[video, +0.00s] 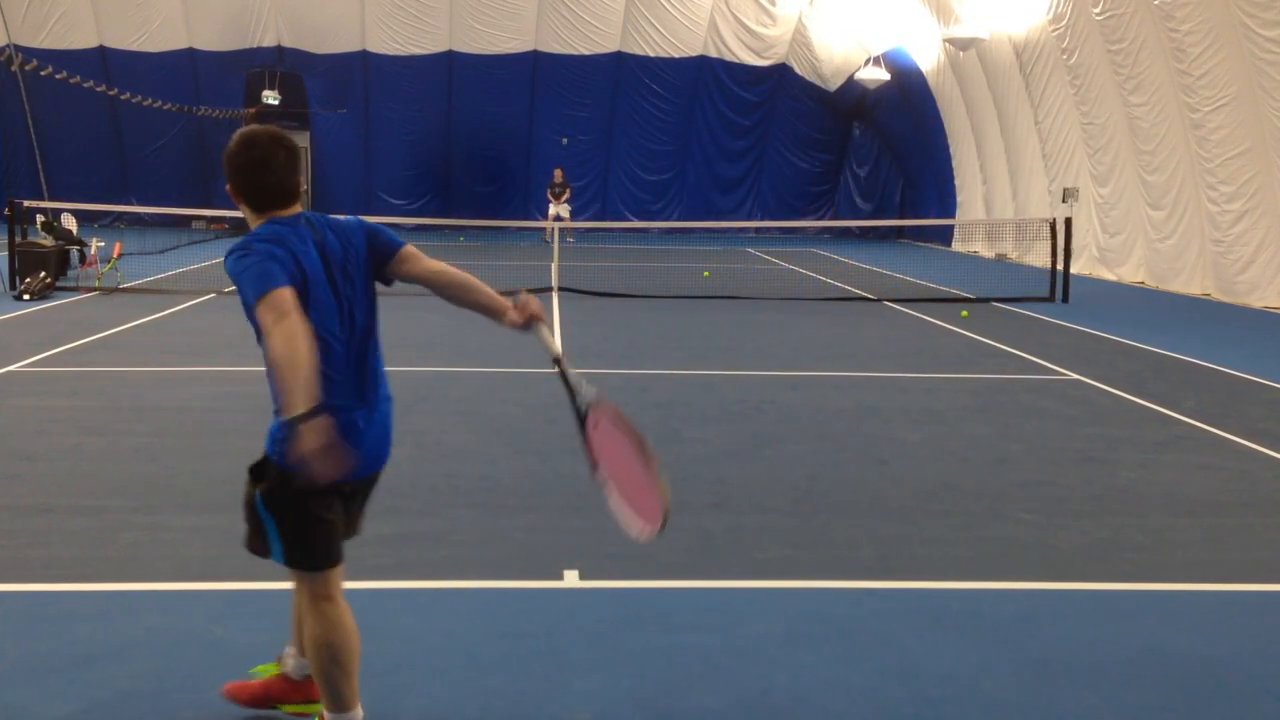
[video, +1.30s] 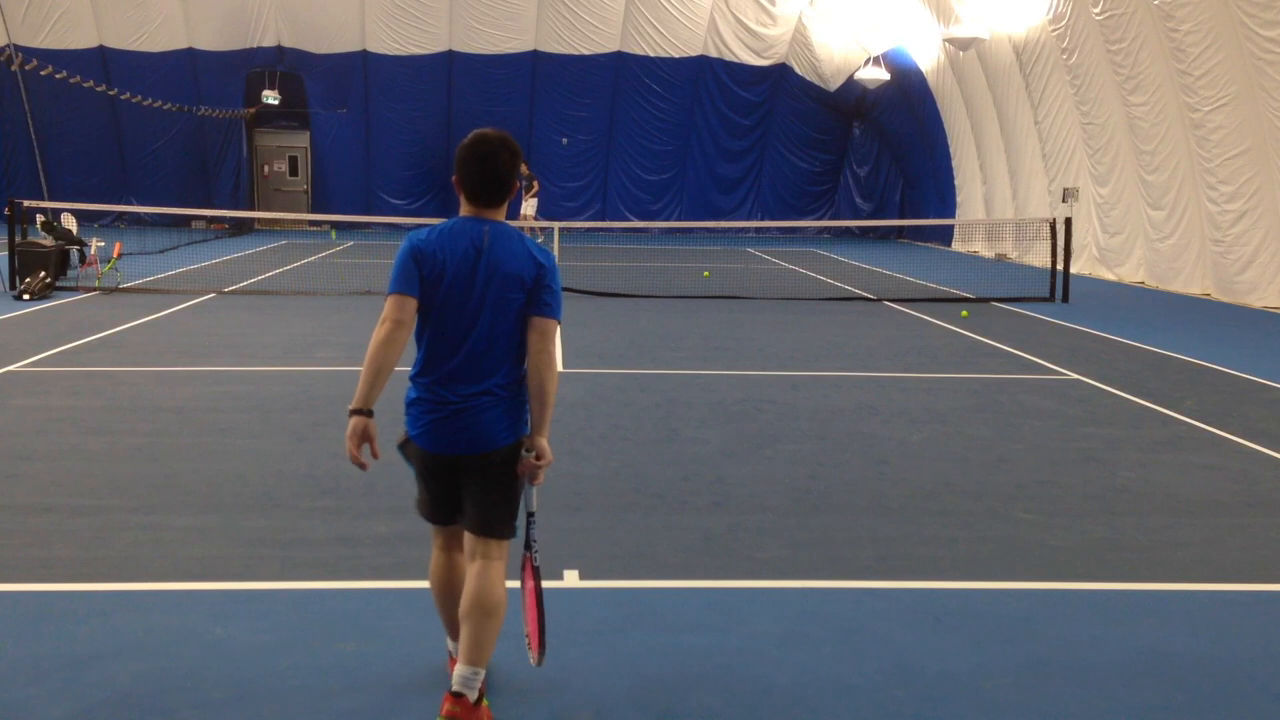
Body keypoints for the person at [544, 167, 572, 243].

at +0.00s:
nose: (557, 174)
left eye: (558, 172)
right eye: (555, 172)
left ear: (561, 174)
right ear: (554, 174)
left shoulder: (565, 184)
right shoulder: (551, 184)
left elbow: (567, 194)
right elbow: (548, 194)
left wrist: (561, 200)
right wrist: (553, 201)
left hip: (563, 204)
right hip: (553, 204)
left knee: (567, 220)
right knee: (550, 219)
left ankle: (569, 236)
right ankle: (548, 236)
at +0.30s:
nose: (547, 171)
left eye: (549, 169)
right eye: (546, 169)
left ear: (552, 170)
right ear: (544, 170)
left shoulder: (556, 179)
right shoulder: (543, 180)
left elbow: (560, 189)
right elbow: (541, 190)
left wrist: (552, 199)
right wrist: (544, 199)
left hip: (555, 200)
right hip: (546, 200)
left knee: (556, 218)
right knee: (547, 218)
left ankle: (565, 232)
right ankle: (548, 236)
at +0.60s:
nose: (541, 170)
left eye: (543, 168)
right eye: (540, 168)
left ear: (547, 169)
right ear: (540, 170)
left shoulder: (552, 178)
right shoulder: (541, 180)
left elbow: (556, 190)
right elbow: (539, 192)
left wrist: (547, 198)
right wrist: (537, 203)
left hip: (551, 200)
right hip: (542, 200)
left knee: (550, 218)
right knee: (536, 214)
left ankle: (555, 237)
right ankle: (543, 233)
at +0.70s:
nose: (538, 168)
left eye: (540, 166)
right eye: (537, 166)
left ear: (544, 167)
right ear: (537, 167)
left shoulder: (549, 176)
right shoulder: (539, 177)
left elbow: (553, 188)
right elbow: (538, 189)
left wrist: (544, 196)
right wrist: (537, 198)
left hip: (548, 199)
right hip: (540, 199)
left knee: (549, 219)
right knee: (533, 215)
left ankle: (554, 238)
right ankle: (535, 235)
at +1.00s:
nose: (526, 171)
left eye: (528, 169)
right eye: (525, 169)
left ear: (532, 169)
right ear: (525, 170)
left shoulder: (537, 178)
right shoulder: (529, 179)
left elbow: (542, 190)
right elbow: (529, 190)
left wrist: (532, 198)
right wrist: (529, 199)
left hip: (537, 201)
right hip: (530, 200)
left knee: (537, 220)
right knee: (524, 218)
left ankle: (550, 232)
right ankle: (529, 237)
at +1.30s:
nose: (521, 169)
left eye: (522, 167)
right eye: (520, 167)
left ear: (526, 167)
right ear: (520, 169)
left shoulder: (531, 176)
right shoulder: (522, 178)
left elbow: (536, 187)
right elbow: (523, 189)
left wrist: (528, 196)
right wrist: (523, 198)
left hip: (533, 198)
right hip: (525, 198)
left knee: (529, 217)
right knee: (522, 217)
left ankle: (540, 235)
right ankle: (527, 235)